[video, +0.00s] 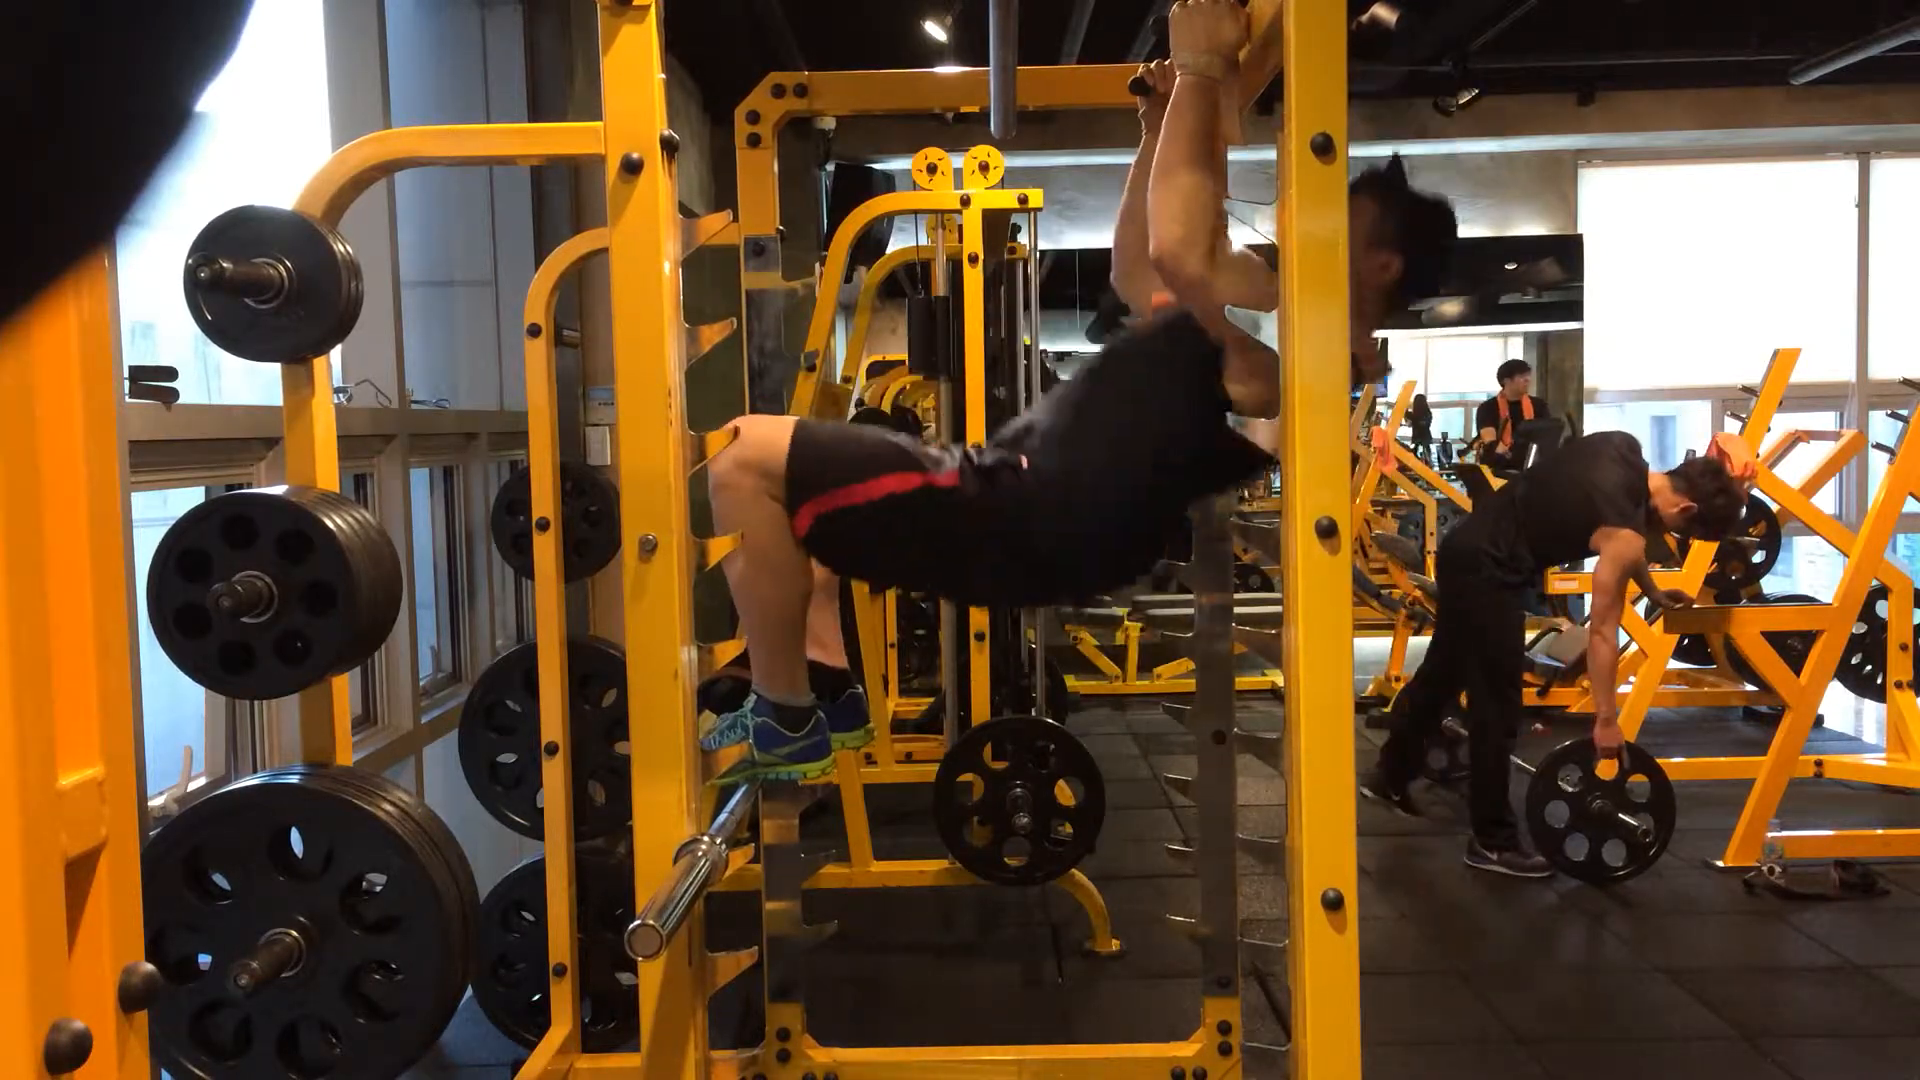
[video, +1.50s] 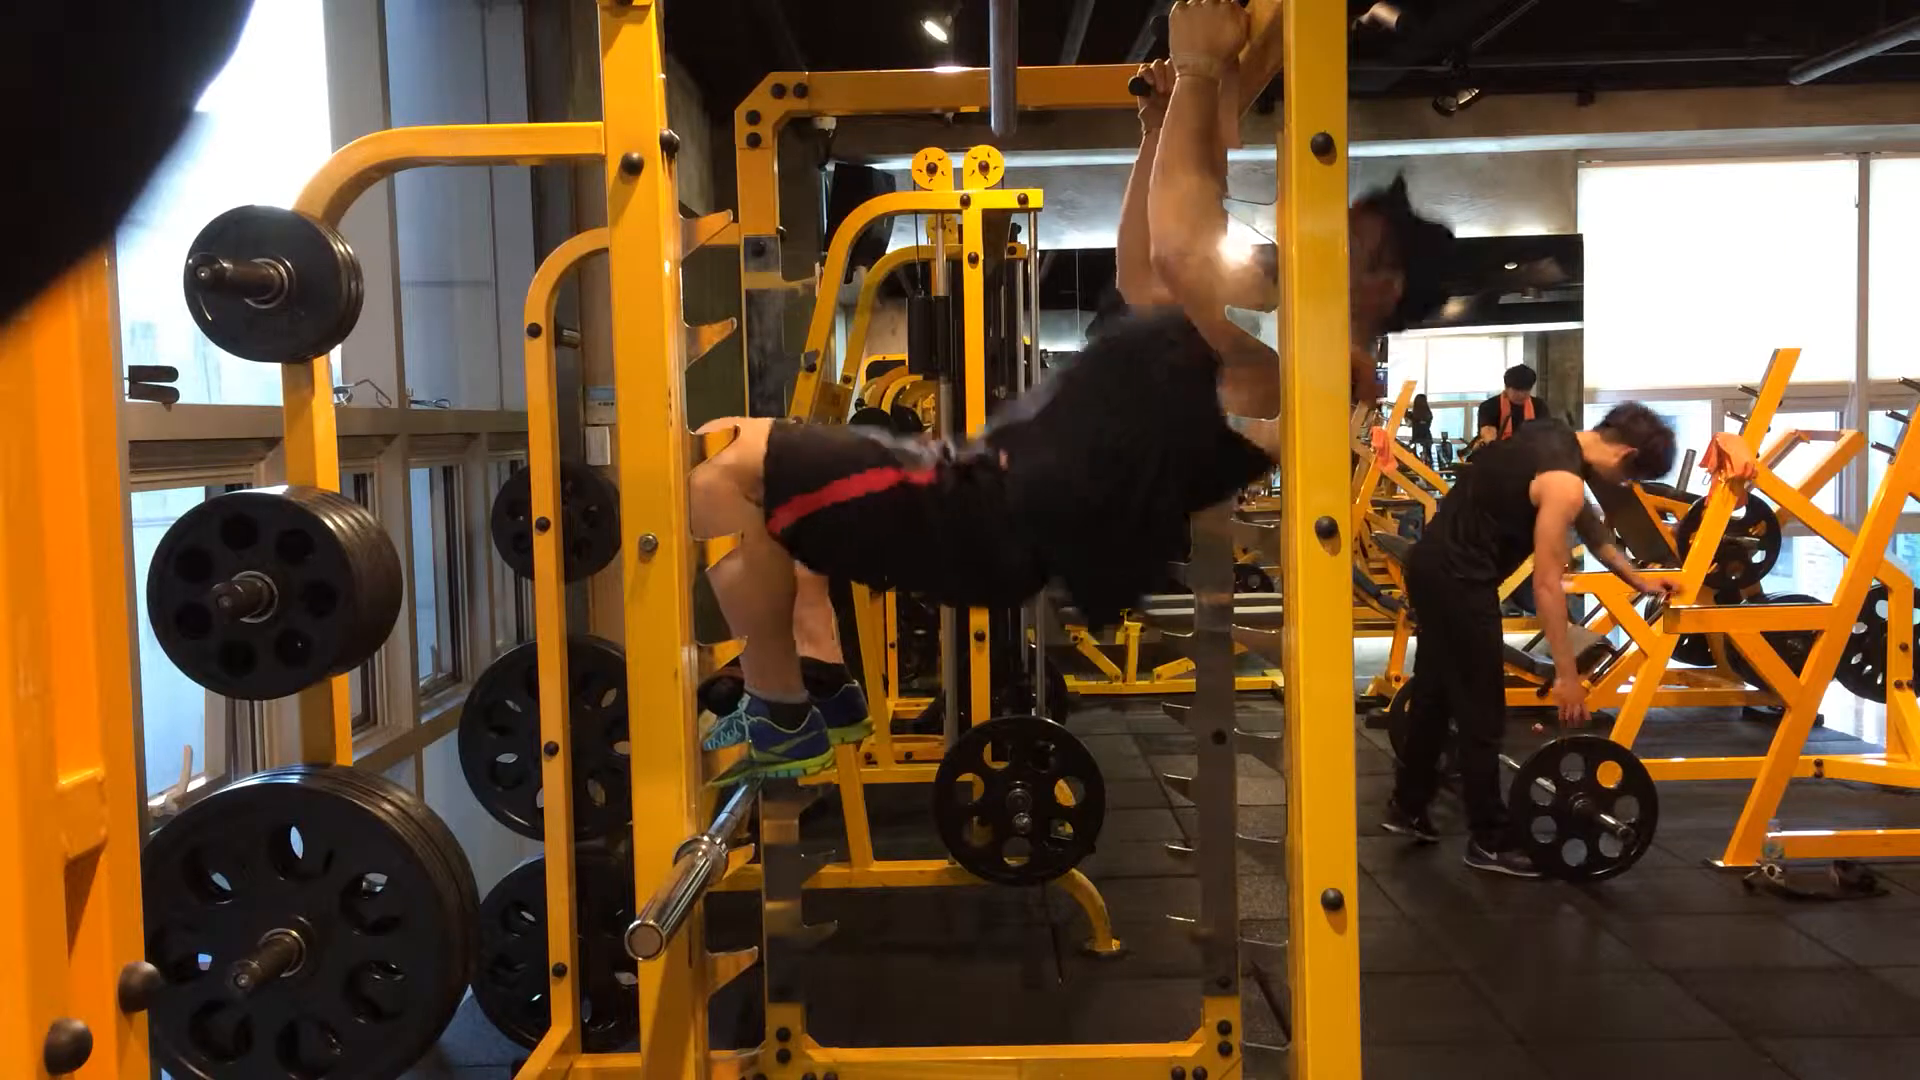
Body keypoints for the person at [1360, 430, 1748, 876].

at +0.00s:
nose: (1675, 534)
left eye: (1682, 532)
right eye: (1683, 529)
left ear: (1677, 478)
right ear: (1683, 507)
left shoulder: (1620, 447)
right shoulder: (1624, 533)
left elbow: (1623, 540)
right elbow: (1601, 633)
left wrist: (1653, 591)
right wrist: (1606, 719)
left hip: (1465, 544)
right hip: (1492, 572)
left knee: (1441, 672)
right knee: (1498, 708)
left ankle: (1389, 775)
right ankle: (1492, 839)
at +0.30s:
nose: (1666, 530)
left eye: (1673, 526)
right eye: (1675, 524)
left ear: (1672, 474)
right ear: (1675, 503)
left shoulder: (1608, 444)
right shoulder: (1614, 527)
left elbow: (1618, 531)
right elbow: (1594, 629)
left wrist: (1651, 590)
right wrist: (1602, 713)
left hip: (1460, 549)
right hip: (1488, 575)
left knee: (1442, 680)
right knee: (1495, 708)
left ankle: (1395, 787)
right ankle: (1492, 839)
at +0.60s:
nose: (1659, 524)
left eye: (1666, 522)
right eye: (1666, 519)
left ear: (1650, 466)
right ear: (1666, 497)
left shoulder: (1596, 444)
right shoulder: (1608, 525)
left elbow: (1614, 531)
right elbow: (1592, 627)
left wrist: (1648, 587)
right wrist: (1603, 712)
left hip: (1452, 555)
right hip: (1480, 579)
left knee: (1447, 686)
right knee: (1490, 708)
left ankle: (1404, 793)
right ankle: (1490, 838)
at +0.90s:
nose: (1657, 528)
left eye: (1664, 525)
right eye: (1665, 523)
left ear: (1649, 467)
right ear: (1666, 501)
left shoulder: (1598, 445)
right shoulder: (1606, 528)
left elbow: (1612, 532)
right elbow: (1584, 630)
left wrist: (1649, 588)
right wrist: (1589, 716)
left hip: (1448, 554)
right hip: (1476, 579)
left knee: (1441, 685)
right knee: (1489, 706)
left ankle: (1403, 790)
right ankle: (1489, 837)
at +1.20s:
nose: (1644, 525)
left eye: (1651, 524)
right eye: (1652, 521)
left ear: (1642, 473)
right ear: (1653, 496)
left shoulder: (1588, 447)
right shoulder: (1591, 522)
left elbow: (1611, 529)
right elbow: (1569, 624)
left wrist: (1649, 589)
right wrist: (1573, 708)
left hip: (1446, 554)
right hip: (1468, 577)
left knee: (1440, 687)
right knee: (1483, 707)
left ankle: (1401, 794)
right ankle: (1490, 838)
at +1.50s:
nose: (1618, 482)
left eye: (1627, 477)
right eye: (1626, 475)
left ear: (1613, 437)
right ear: (1623, 453)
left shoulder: (1549, 435)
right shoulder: (1562, 483)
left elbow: (1592, 526)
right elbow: (1547, 584)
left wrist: (1636, 578)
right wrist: (1566, 674)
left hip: (1433, 565)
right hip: (1462, 581)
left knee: (1433, 693)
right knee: (1483, 710)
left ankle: (1406, 807)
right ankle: (1490, 838)